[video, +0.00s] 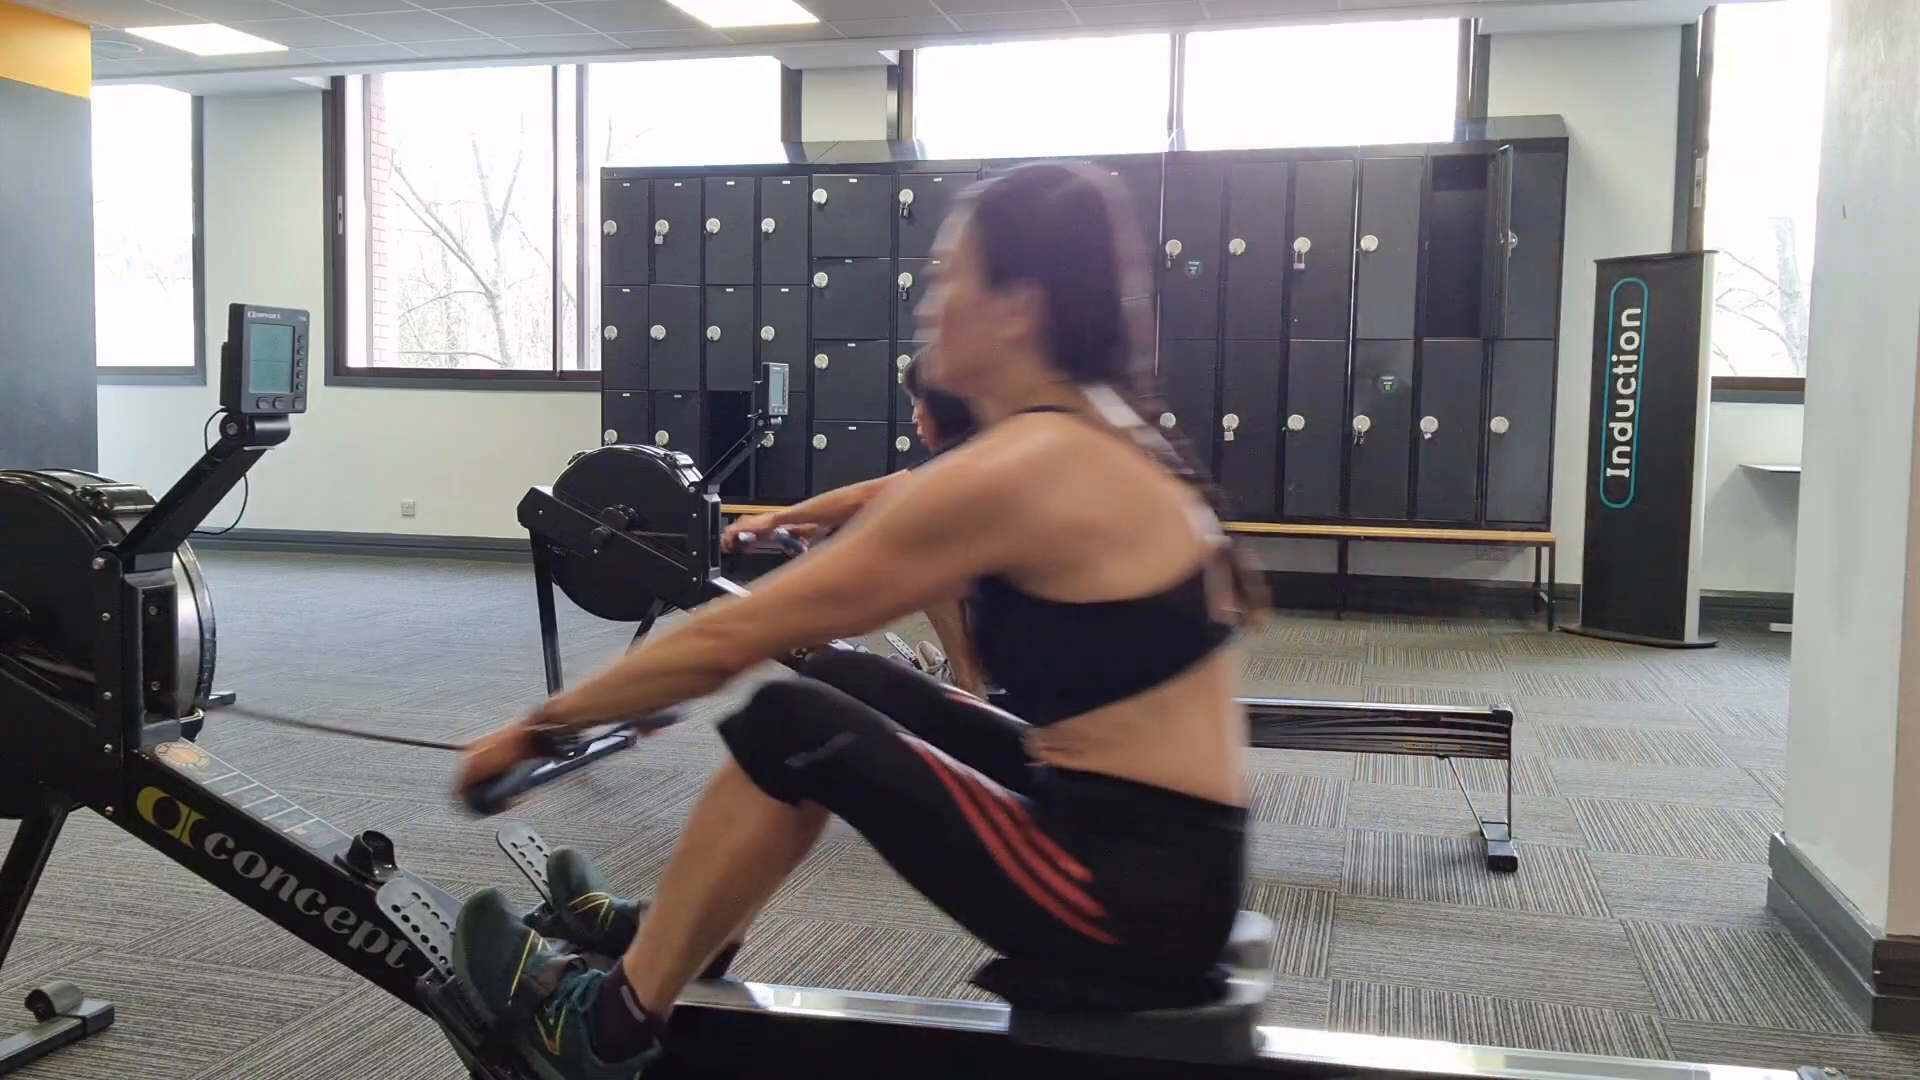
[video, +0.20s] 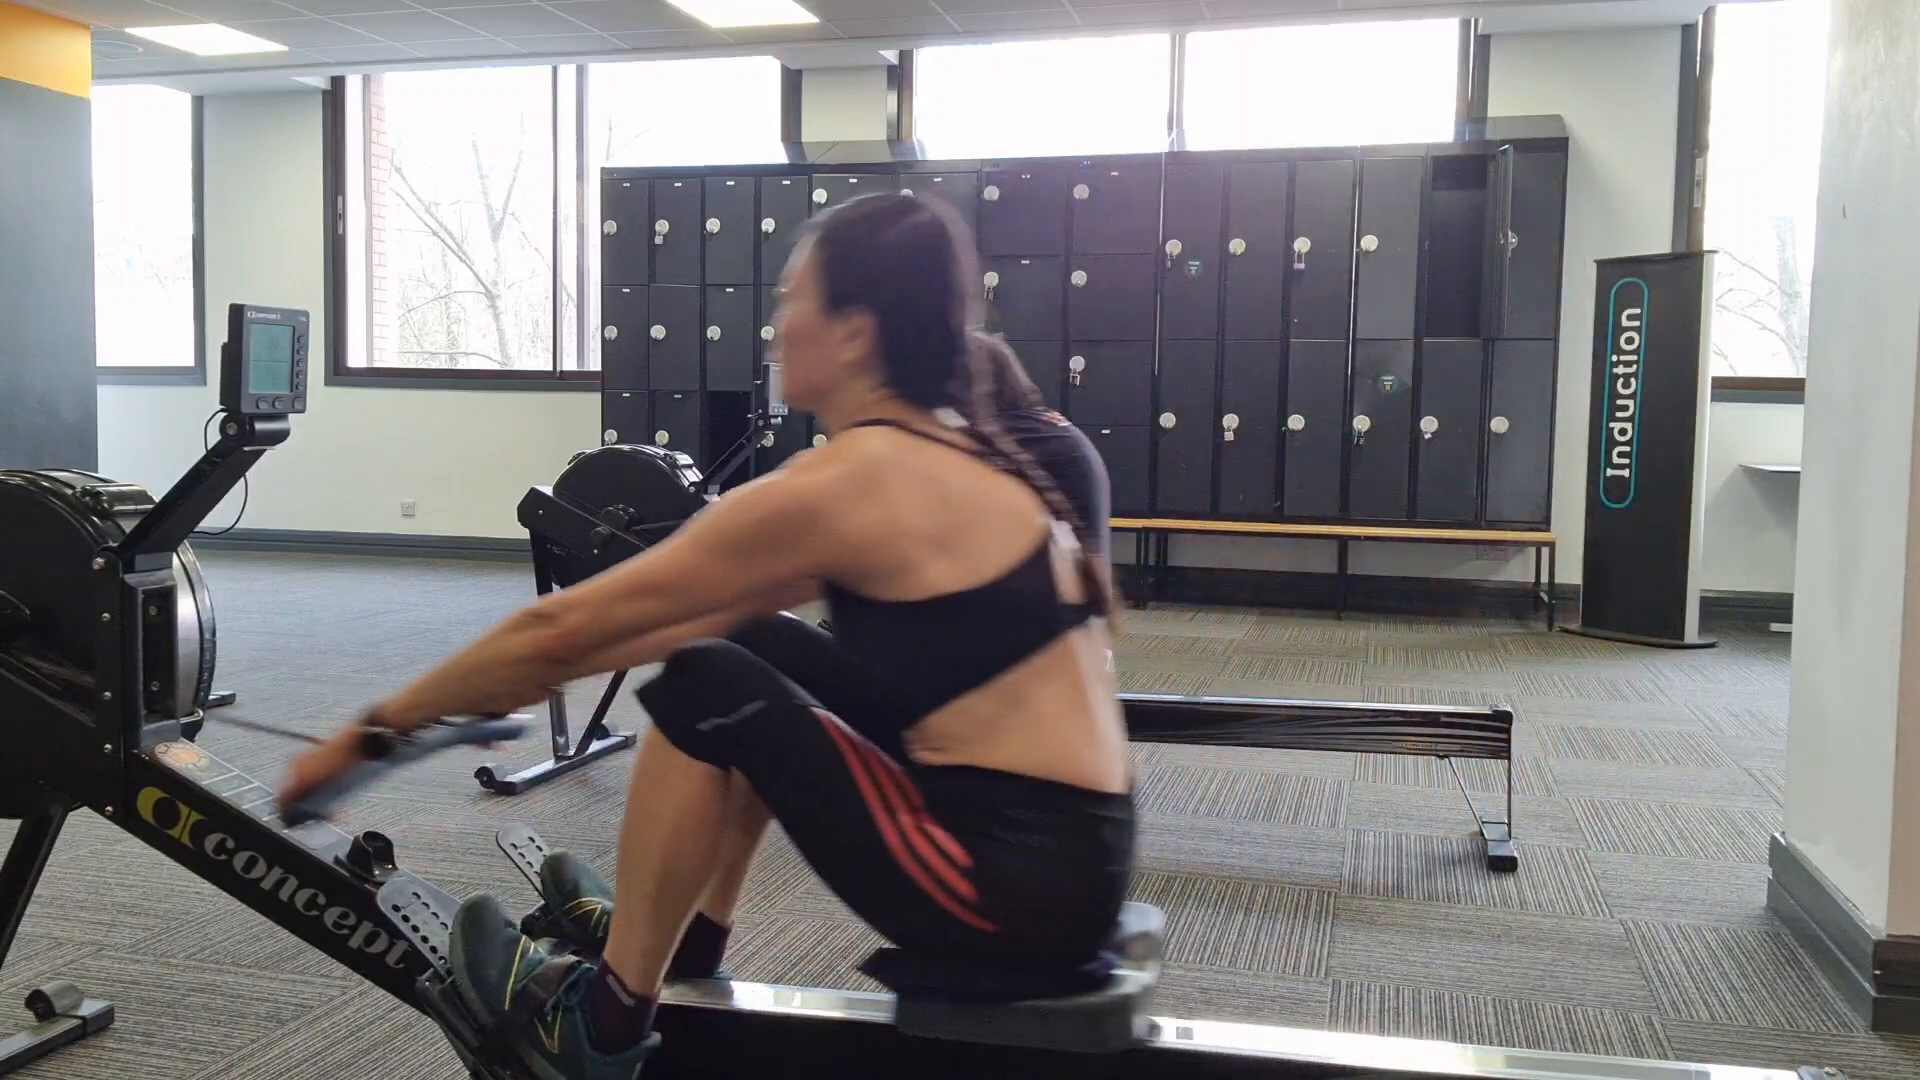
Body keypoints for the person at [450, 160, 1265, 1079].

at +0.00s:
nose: (927, 309)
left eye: (948, 283)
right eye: (935, 283)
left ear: (1025, 308)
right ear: (1031, 311)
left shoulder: (1019, 471)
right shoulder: (1105, 434)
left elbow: (733, 640)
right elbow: (923, 494)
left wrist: (539, 724)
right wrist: (789, 525)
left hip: (1123, 900)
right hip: (1164, 856)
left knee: (791, 719)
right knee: (829, 674)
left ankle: (623, 1012)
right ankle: (690, 946)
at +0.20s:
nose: (773, 331)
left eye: (789, 308)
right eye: (781, 305)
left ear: (858, 332)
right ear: (893, 339)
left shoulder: (852, 482)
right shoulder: (970, 457)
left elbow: (568, 631)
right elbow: (778, 587)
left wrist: (376, 730)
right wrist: (636, 640)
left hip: (1003, 895)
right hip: (1072, 871)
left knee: (708, 689)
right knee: (762, 651)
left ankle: (609, 1009)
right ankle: (685, 956)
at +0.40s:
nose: (713, 333)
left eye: (731, 311)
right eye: (724, 306)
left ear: (795, 341)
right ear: (847, 347)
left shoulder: (794, 484)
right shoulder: (931, 469)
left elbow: (489, 600)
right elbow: (704, 569)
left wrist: (276, 668)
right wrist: (518, 612)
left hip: (952, 897)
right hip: (1035, 878)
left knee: (672, 661)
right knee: (749, 641)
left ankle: (612, 1004)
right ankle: (691, 931)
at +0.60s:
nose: (826, 308)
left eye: (845, 285)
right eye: (835, 283)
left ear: (920, 318)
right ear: (936, 321)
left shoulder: (892, 467)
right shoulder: (1016, 445)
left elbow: (616, 581)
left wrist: (413, 650)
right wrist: (681, 577)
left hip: (1008, 889)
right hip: (1081, 870)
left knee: (719, 670)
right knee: (772, 640)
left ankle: (607, 1002)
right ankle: (685, 950)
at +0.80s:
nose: (1001, 281)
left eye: (1029, 260)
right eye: (1013, 257)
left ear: (1104, 303)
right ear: (1110, 307)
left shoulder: (1061, 457)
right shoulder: (1153, 431)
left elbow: (781, 579)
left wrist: (565, 638)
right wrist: (699, 583)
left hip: (1144, 880)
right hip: (1186, 837)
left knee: (807, 722)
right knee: (843, 674)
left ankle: (614, 1012)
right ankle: (677, 950)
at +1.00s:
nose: (1209, 261)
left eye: (1243, 241)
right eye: (1223, 236)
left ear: (1328, 290)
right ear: (1313, 295)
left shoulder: (1266, 456)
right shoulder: (1325, 430)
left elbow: (983, 590)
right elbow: (1056, 540)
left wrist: (757, 645)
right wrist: (857, 569)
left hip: (1281, 886)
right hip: (1283, 812)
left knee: (906, 790)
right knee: (921, 742)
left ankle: (625, 1020)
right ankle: (682, 964)